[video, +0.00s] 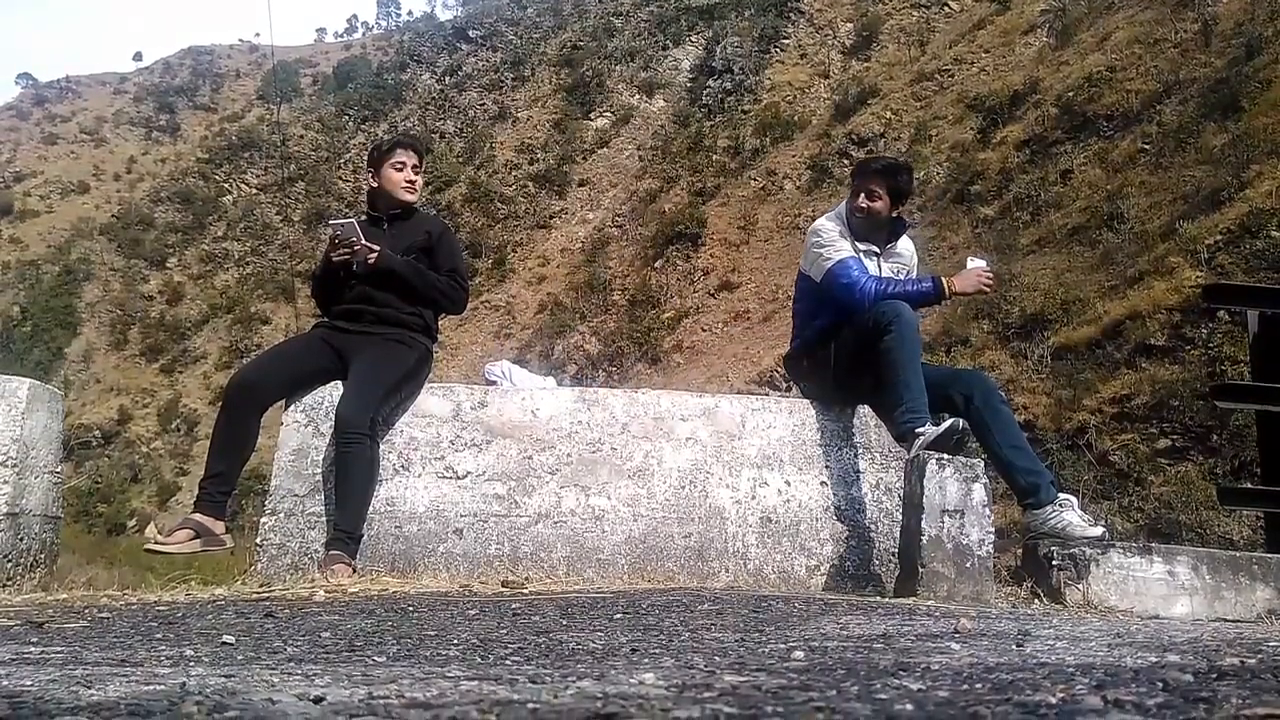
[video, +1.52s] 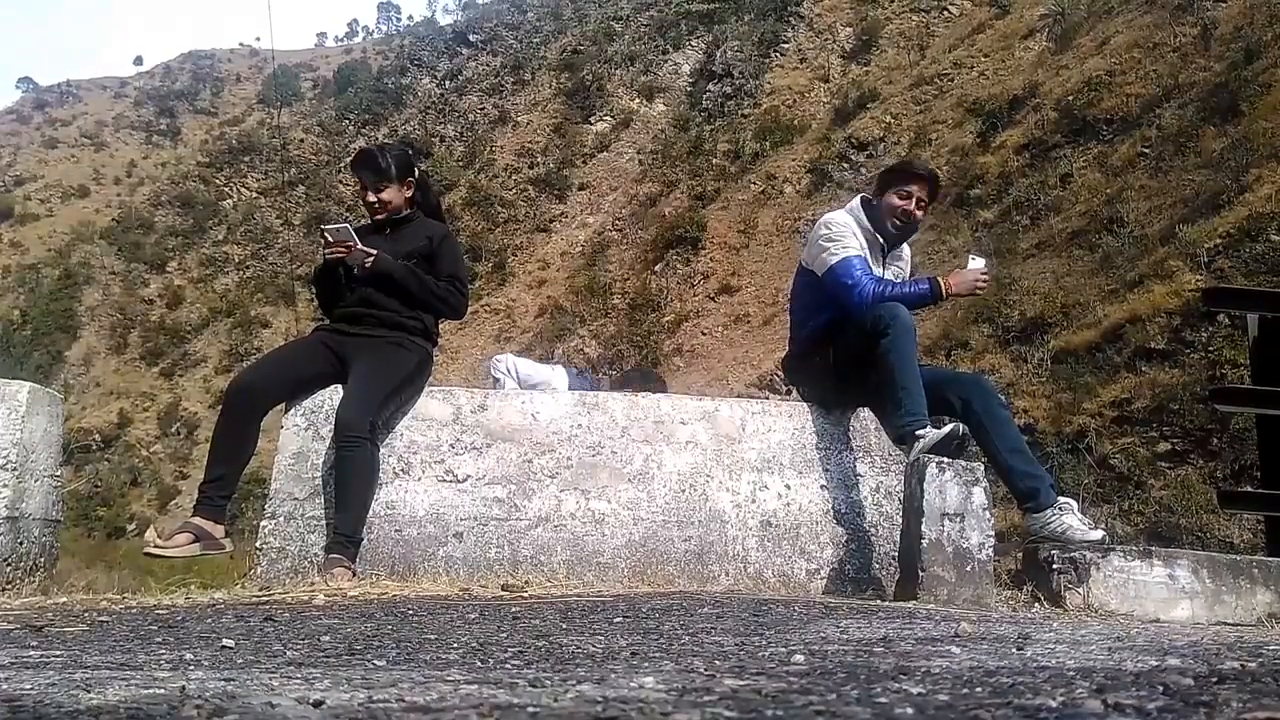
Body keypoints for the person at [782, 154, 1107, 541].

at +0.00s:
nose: (859, 201)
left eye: (872, 196)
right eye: (857, 192)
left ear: (895, 207)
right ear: (849, 193)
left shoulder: (902, 247)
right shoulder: (825, 233)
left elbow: (901, 303)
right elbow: (863, 291)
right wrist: (947, 284)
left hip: (878, 371)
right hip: (822, 368)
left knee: (976, 388)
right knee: (894, 315)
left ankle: (1043, 505)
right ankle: (915, 429)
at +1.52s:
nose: (910, 209)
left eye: (920, 205)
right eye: (902, 196)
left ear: (923, 215)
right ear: (878, 193)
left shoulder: (899, 251)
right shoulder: (835, 228)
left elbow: (886, 308)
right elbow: (862, 292)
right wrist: (943, 286)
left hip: (872, 375)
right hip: (821, 371)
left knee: (975, 391)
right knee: (893, 317)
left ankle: (1043, 509)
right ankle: (914, 433)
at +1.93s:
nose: (954, 230)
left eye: (958, 221)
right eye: (950, 216)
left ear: (924, 212)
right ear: (919, 204)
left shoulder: (914, 256)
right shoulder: (857, 227)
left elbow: (903, 308)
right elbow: (870, 294)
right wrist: (948, 290)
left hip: (876, 374)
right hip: (827, 369)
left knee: (976, 389)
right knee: (899, 315)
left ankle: (1043, 507)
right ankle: (915, 429)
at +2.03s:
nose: (959, 232)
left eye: (964, 223)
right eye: (956, 219)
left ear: (928, 214)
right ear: (925, 208)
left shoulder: (915, 254)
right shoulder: (865, 229)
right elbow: (873, 294)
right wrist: (952, 291)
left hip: (876, 373)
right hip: (828, 368)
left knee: (976, 390)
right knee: (902, 317)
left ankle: (1043, 507)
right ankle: (916, 429)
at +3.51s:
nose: (915, 209)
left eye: (928, 205)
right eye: (908, 197)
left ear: (939, 217)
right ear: (892, 196)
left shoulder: (921, 257)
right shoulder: (857, 228)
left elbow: (912, 313)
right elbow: (874, 293)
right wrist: (951, 290)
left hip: (881, 373)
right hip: (826, 367)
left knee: (976, 387)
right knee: (904, 316)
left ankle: (1043, 504)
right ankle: (918, 428)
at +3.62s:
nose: (907, 209)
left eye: (921, 205)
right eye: (901, 198)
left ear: (936, 217)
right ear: (891, 197)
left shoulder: (921, 254)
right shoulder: (855, 229)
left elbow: (914, 308)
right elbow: (875, 292)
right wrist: (951, 290)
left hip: (880, 373)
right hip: (825, 368)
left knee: (977, 388)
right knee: (904, 317)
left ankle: (1043, 505)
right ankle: (918, 429)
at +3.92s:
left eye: (912, 212)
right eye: (919, 220)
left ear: (922, 218)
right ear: (891, 203)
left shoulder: (919, 252)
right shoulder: (851, 228)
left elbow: (914, 308)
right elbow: (875, 290)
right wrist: (956, 292)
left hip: (880, 373)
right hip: (825, 367)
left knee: (976, 387)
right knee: (903, 316)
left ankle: (1043, 504)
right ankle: (917, 429)